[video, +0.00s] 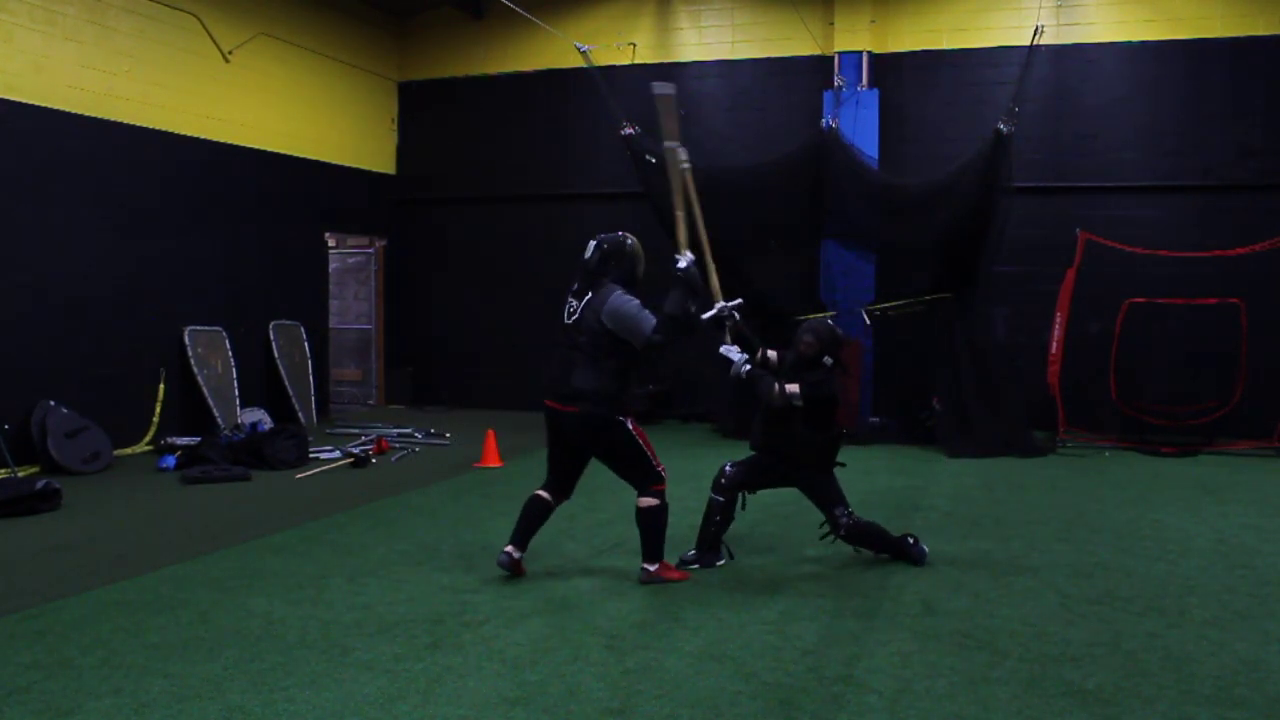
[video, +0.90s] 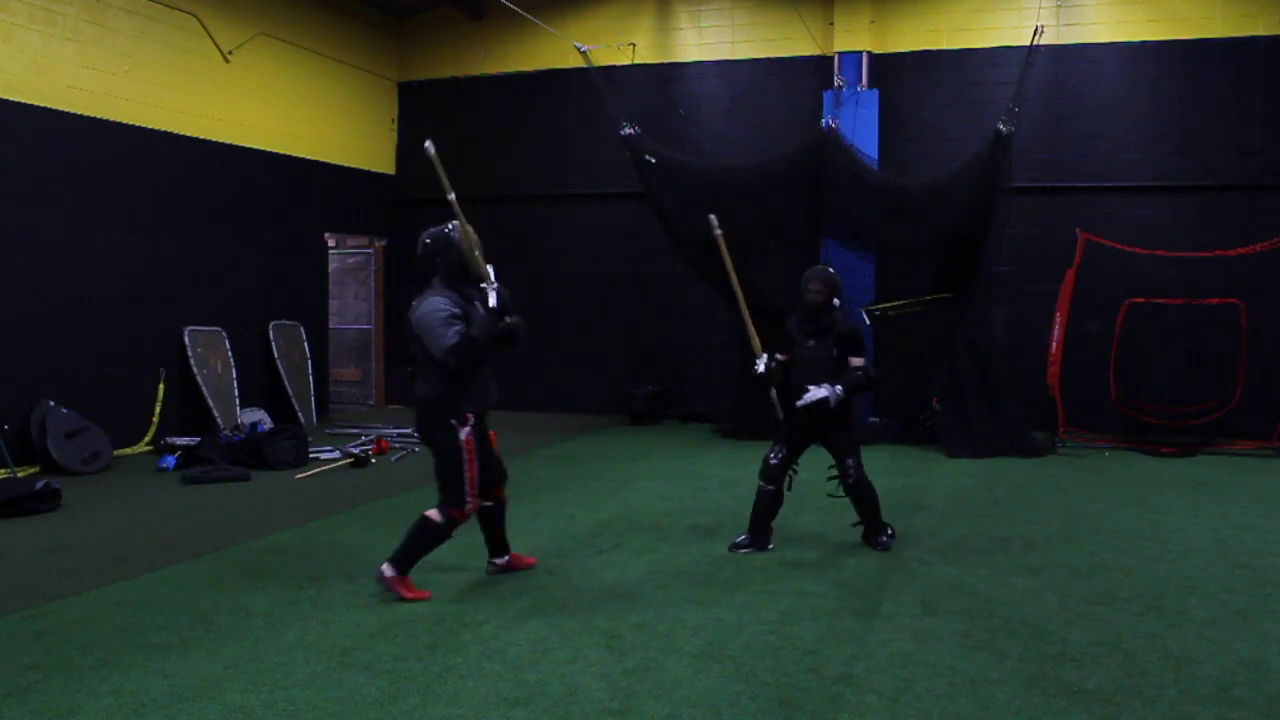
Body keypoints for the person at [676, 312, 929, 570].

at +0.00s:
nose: (802, 346)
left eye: (809, 343)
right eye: (801, 340)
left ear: (823, 349)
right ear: (799, 340)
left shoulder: (826, 381)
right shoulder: (793, 363)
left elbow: (778, 395)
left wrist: (745, 370)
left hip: (812, 466)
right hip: (777, 459)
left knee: (847, 527)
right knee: (727, 477)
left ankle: (903, 548)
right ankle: (708, 550)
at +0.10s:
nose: (803, 337)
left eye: (810, 333)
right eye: (803, 331)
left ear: (827, 341)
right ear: (803, 336)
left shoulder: (835, 370)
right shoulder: (797, 359)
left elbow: (801, 386)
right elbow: (770, 370)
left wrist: (763, 363)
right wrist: (742, 349)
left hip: (824, 458)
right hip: (785, 454)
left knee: (859, 515)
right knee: (739, 481)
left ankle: (906, 546)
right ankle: (707, 549)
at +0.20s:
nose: (805, 336)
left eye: (812, 330)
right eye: (804, 330)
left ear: (830, 330)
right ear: (805, 329)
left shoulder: (853, 353)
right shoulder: (803, 351)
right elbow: (767, 361)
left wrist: (797, 357)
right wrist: (744, 342)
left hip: (842, 445)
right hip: (806, 444)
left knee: (878, 506)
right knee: (757, 481)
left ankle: (919, 546)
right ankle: (714, 543)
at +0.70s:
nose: (798, 304)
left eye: (805, 298)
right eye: (794, 298)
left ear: (818, 300)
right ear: (788, 298)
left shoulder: (830, 327)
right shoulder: (780, 329)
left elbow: (838, 362)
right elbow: (766, 362)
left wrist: (805, 363)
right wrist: (753, 346)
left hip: (828, 422)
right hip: (789, 422)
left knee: (858, 475)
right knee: (758, 470)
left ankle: (881, 535)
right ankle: (757, 536)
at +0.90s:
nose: (812, 295)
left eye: (819, 290)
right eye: (809, 289)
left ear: (832, 293)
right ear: (803, 290)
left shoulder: (846, 325)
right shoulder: (795, 323)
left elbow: (860, 373)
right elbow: (784, 363)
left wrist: (834, 390)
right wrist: (770, 366)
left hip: (836, 413)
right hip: (798, 412)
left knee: (852, 476)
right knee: (772, 468)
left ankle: (876, 531)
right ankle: (758, 535)